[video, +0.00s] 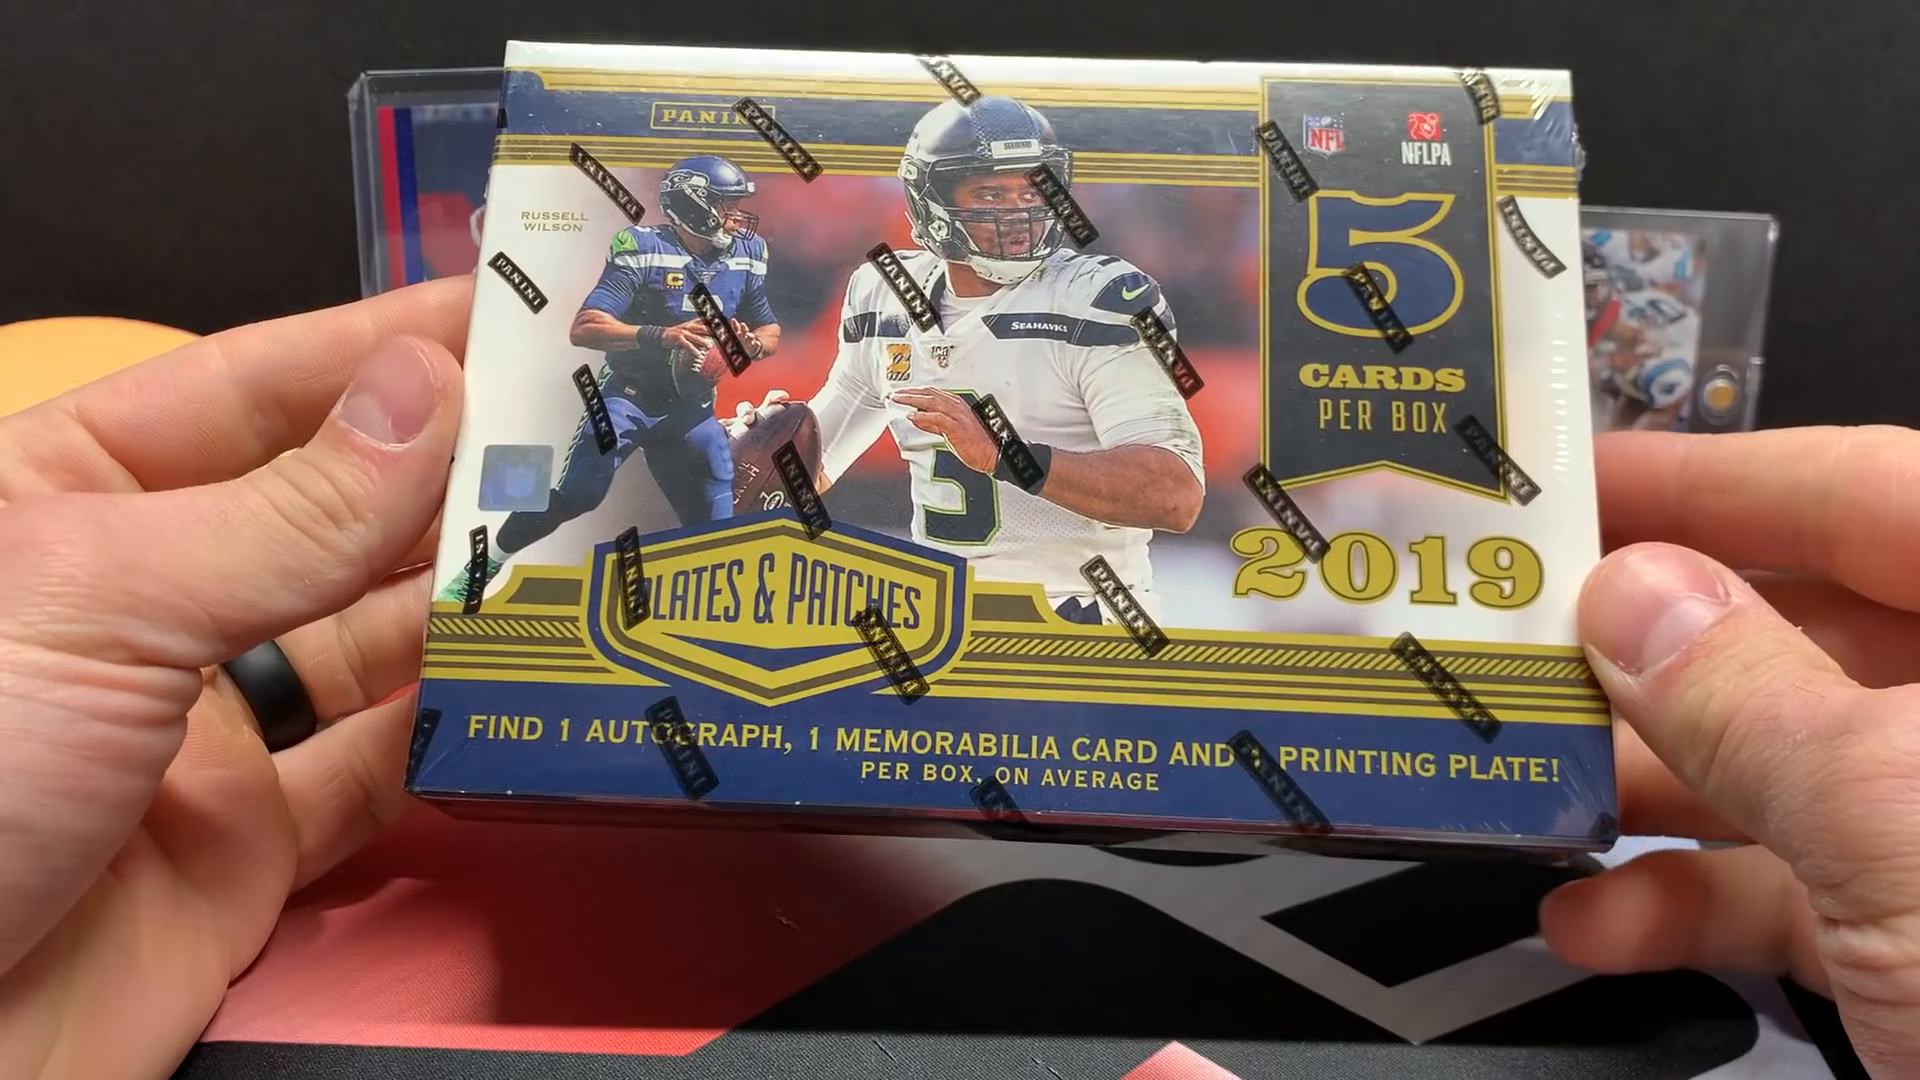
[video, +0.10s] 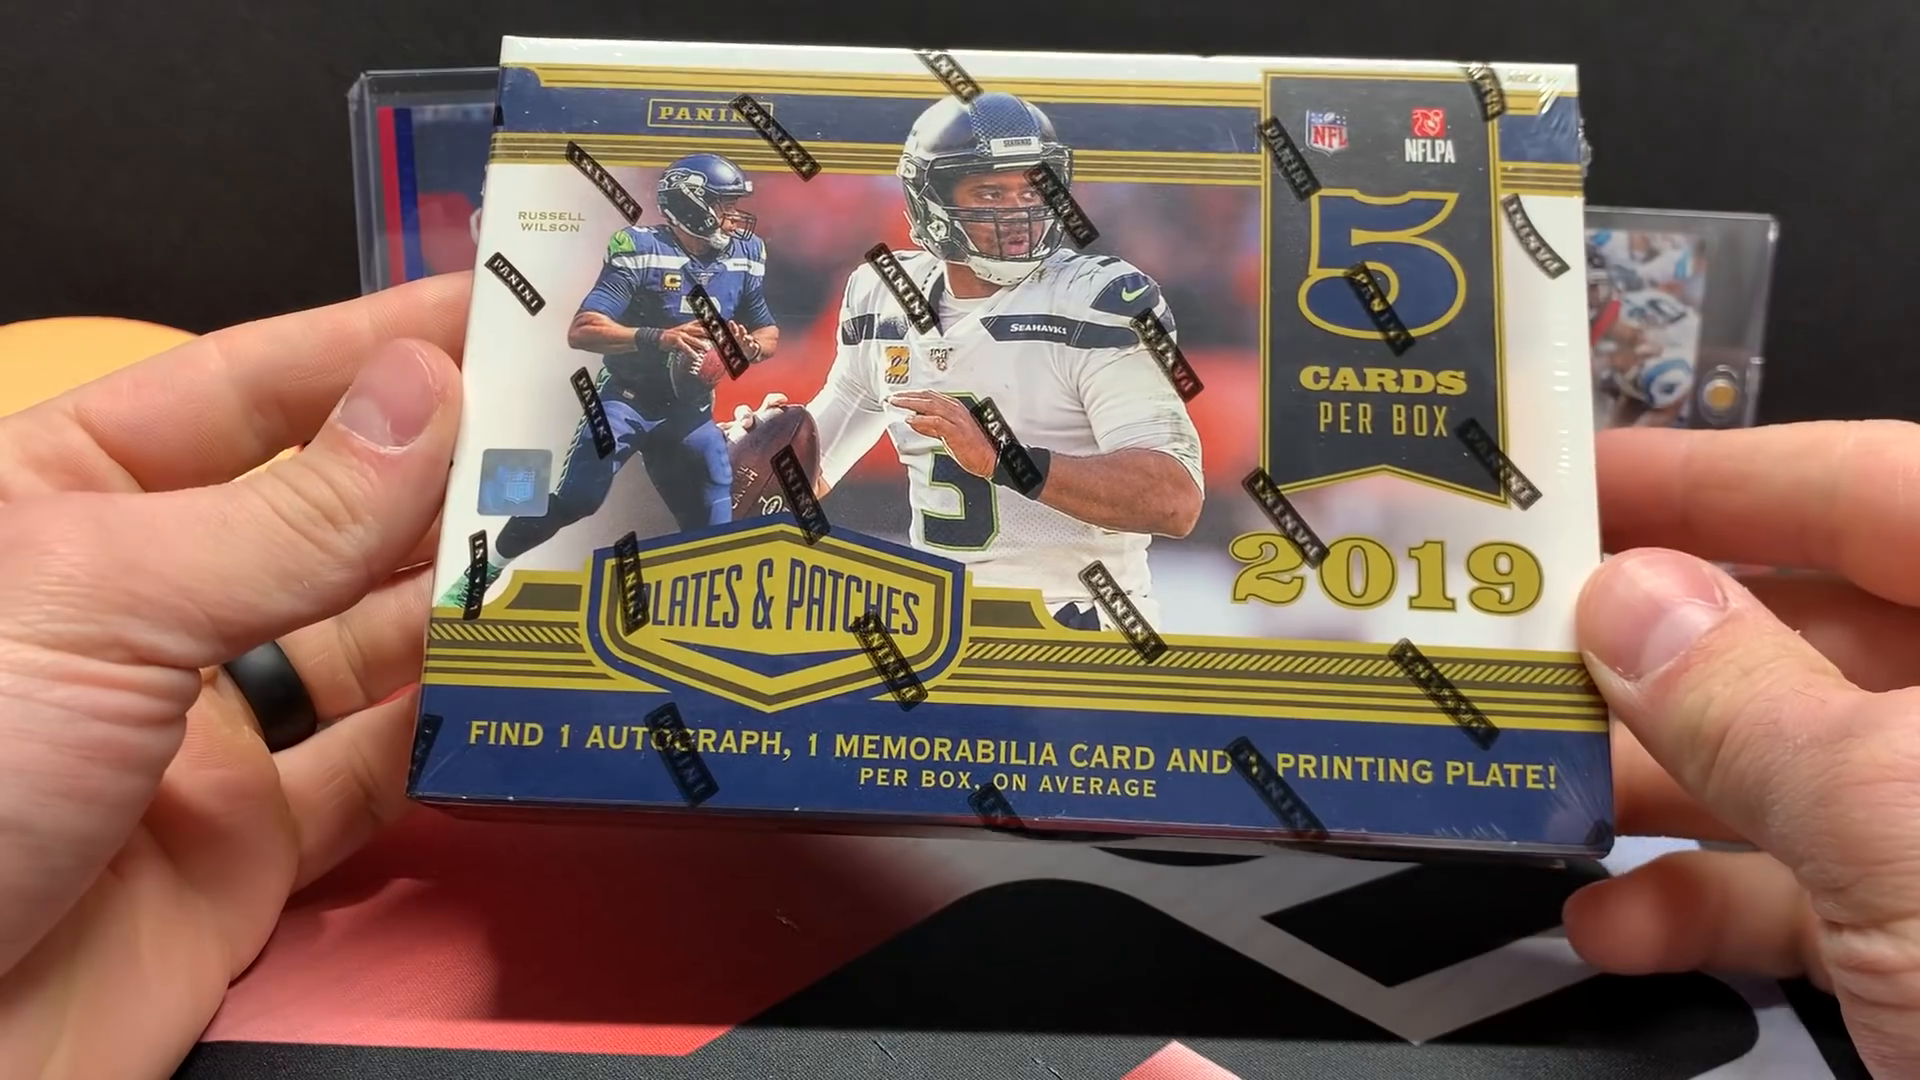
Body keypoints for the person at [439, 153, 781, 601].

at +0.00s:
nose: (738, 215)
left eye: (739, 206)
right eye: (728, 206)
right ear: (693, 208)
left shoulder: (748, 252)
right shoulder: (638, 247)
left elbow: (771, 332)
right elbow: (585, 329)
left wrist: (750, 342)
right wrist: (661, 335)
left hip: (692, 409)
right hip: (626, 398)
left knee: (716, 527)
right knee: (580, 492)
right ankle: (488, 557)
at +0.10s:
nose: (736, 216)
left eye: (736, 206)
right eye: (726, 206)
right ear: (690, 208)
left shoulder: (746, 252)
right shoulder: (636, 248)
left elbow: (769, 336)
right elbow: (583, 331)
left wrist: (747, 344)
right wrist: (659, 337)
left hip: (691, 412)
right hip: (625, 401)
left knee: (715, 530)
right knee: (578, 498)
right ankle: (488, 563)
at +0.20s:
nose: (735, 216)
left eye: (735, 205)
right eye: (725, 206)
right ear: (689, 208)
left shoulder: (746, 254)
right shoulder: (635, 250)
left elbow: (769, 337)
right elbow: (583, 335)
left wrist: (749, 349)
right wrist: (660, 341)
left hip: (692, 416)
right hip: (626, 406)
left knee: (718, 534)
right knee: (581, 504)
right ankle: (494, 570)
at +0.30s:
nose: (730, 219)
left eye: (731, 208)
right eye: (720, 208)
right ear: (685, 210)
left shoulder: (745, 257)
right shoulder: (633, 253)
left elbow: (767, 343)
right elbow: (582, 340)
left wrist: (747, 354)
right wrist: (659, 346)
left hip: (691, 422)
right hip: (625, 413)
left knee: (718, 542)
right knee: (580, 512)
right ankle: (496, 577)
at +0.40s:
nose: (726, 221)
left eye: (728, 210)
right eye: (716, 210)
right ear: (679, 210)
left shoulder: (742, 260)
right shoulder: (631, 256)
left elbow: (764, 345)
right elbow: (579, 343)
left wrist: (745, 358)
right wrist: (654, 350)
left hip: (689, 425)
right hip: (624, 416)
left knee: (715, 544)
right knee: (577, 516)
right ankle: (495, 582)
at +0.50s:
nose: (725, 225)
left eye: (726, 214)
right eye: (714, 214)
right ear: (678, 215)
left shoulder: (739, 263)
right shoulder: (629, 260)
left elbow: (761, 349)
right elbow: (578, 347)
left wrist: (743, 362)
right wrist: (652, 353)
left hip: (686, 428)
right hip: (621, 420)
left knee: (714, 548)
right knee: (577, 520)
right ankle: (493, 586)